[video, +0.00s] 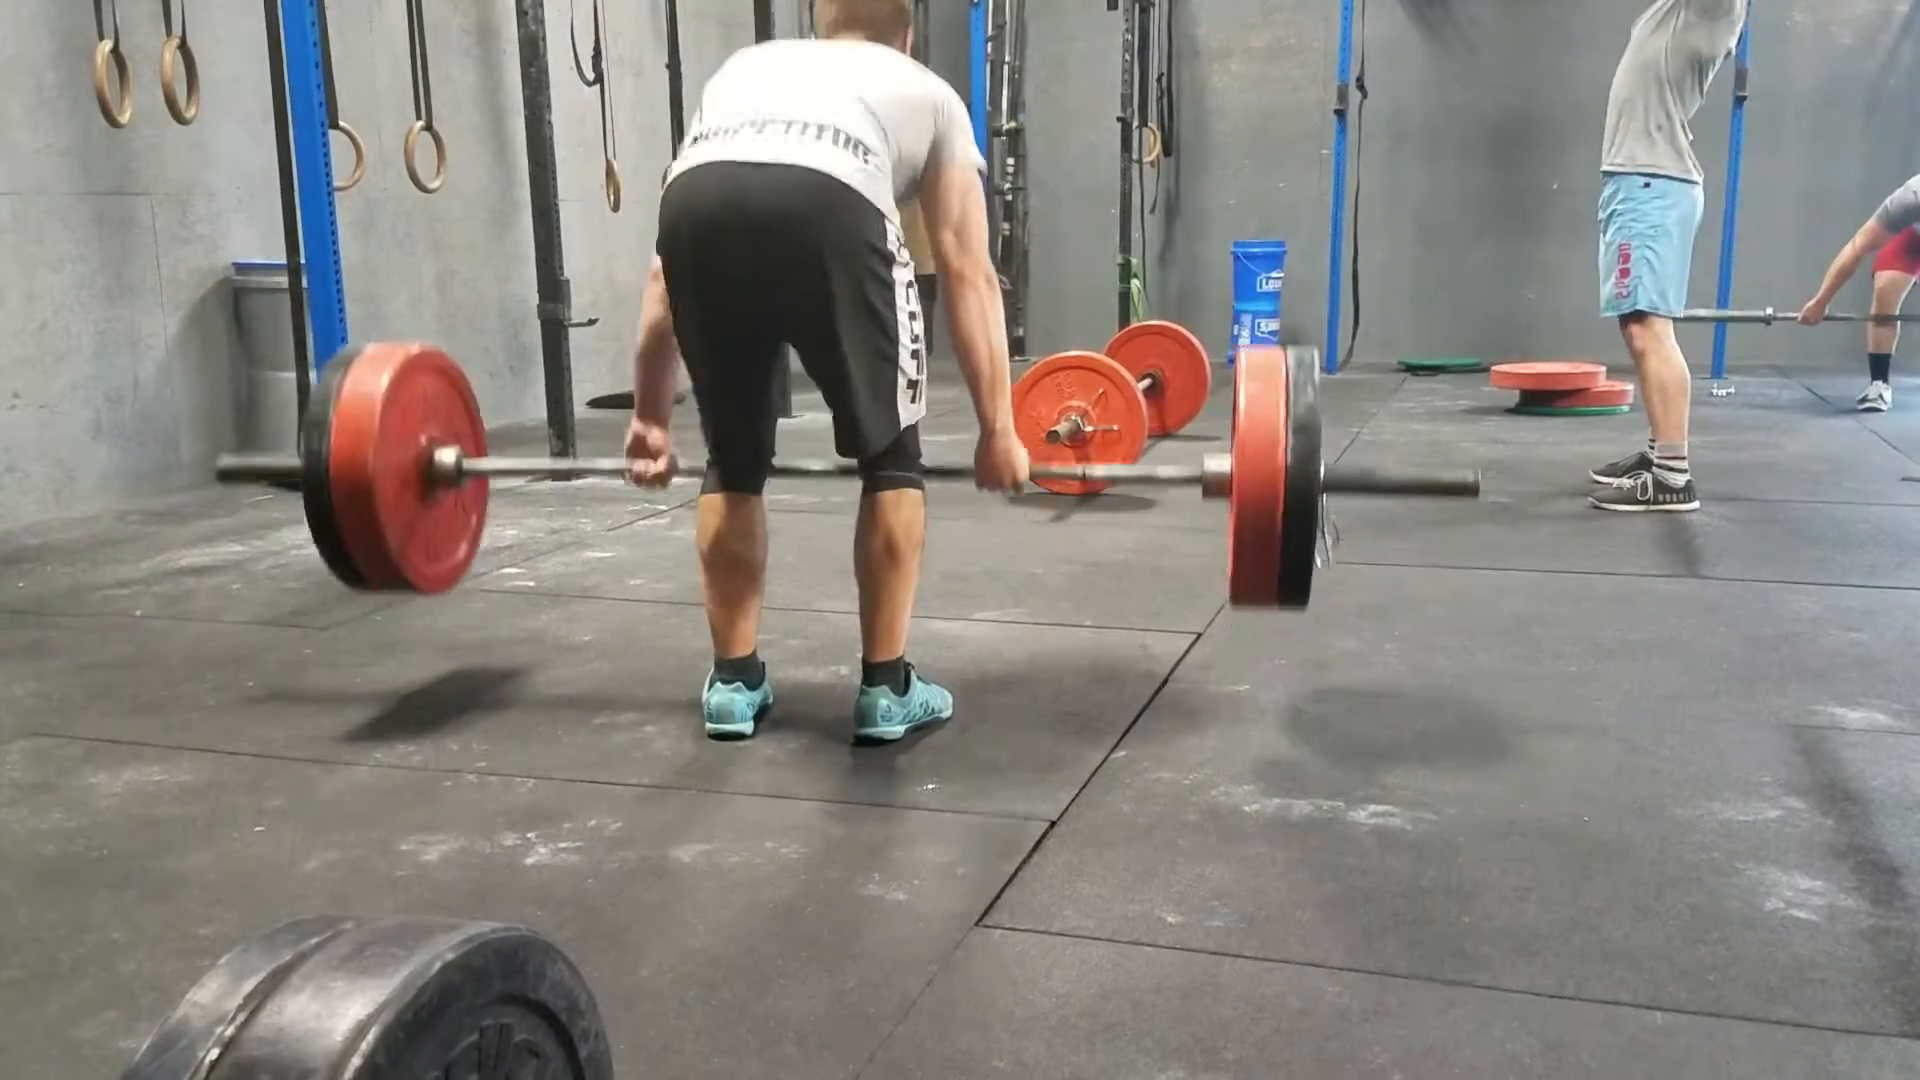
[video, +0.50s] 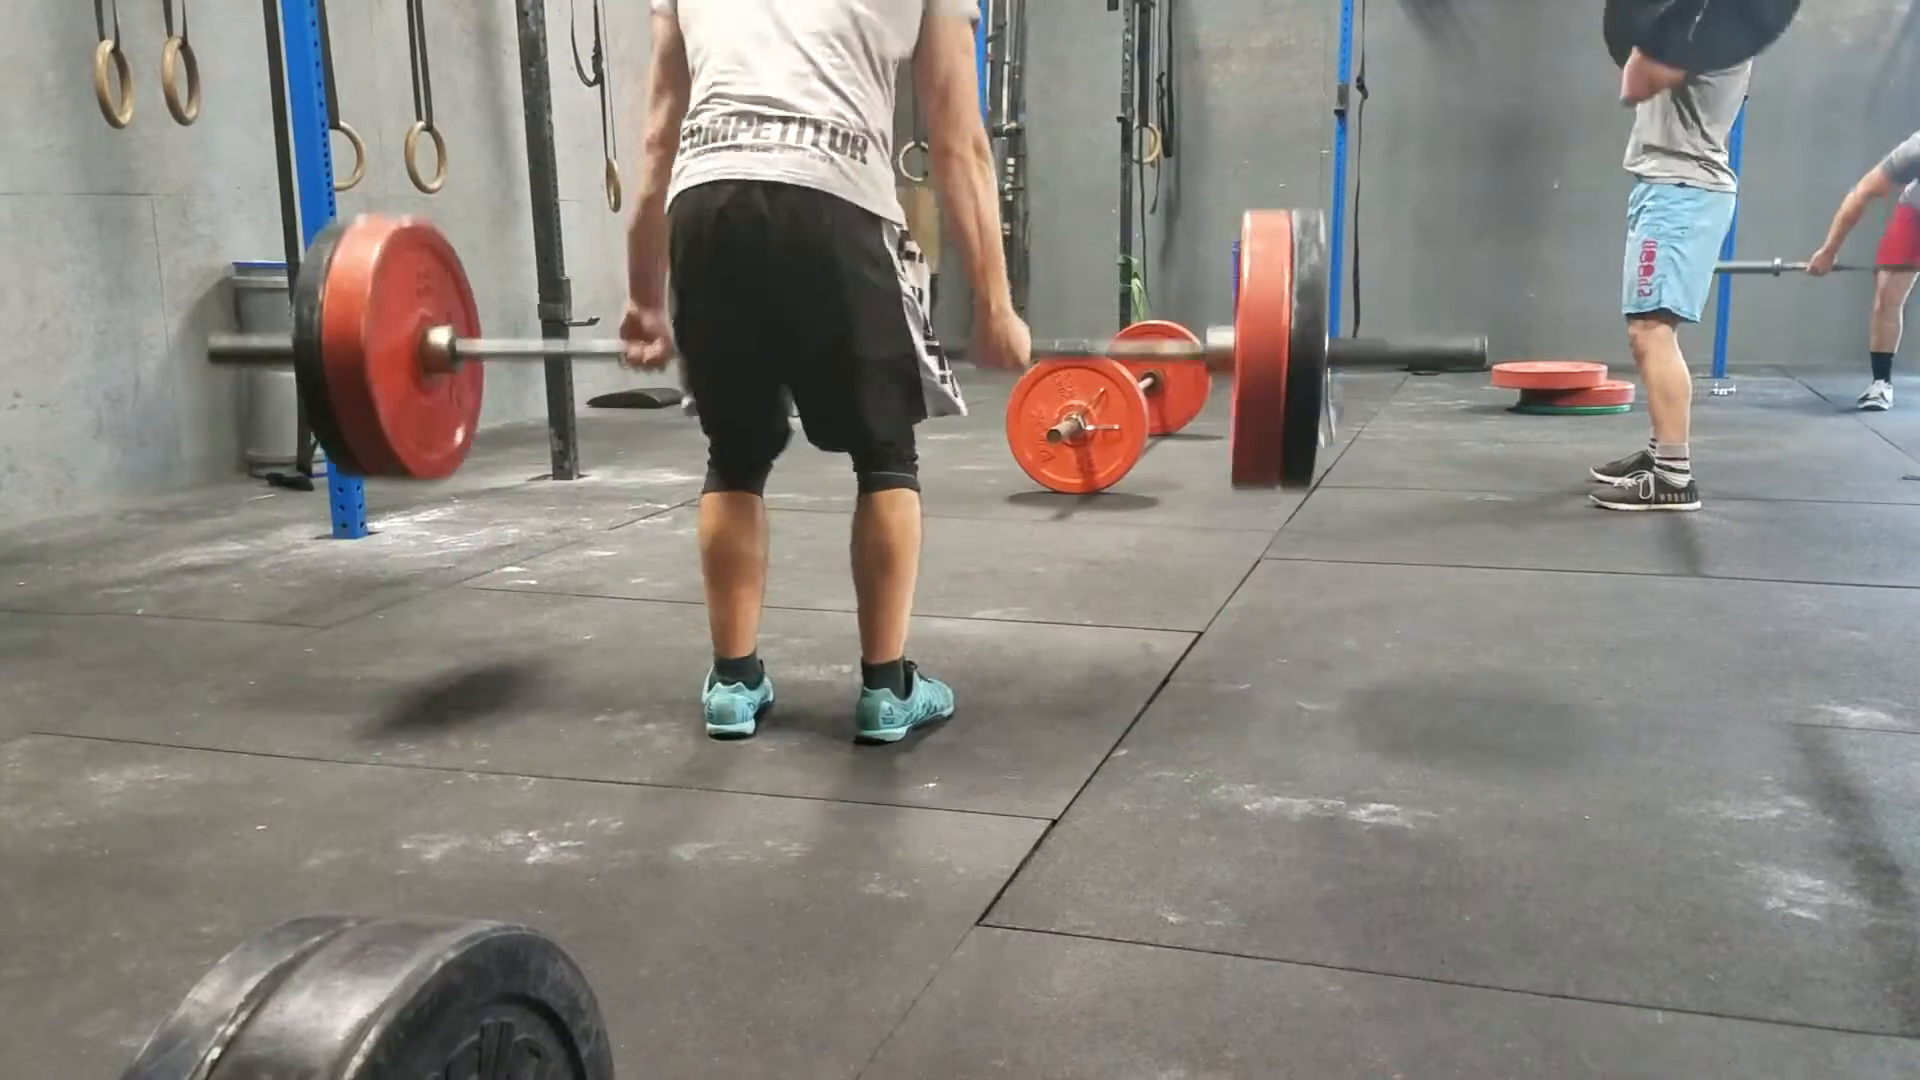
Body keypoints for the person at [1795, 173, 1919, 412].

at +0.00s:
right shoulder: (1912, 195)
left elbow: (1858, 245)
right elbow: (1858, 245)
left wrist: (1820, 301)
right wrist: (1820, 301)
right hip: (1913, 230)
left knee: (1888, 290)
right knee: (1885, 289)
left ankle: (1879, 383)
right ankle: (1879, 384)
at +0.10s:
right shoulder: (1912, 203)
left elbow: (1857, 254)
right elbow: (1858, 253)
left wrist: (1820, 310)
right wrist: (1821, 309)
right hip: (1913, 238)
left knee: (1889, 287)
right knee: (1886, 286)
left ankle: (1880, 383)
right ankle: (1879, 384)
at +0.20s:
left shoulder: (1911, 203)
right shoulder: (1913, 204)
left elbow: (1858, 255)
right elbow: (1859, 255)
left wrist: (1821, 311)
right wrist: (1822, 310)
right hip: (1913, 237)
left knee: (1889, 288)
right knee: (1886, 286)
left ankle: (1880, 384)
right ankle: (1879, 385)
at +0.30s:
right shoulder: (1913, 192)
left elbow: (1860, 242)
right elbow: (1860, 242)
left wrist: (1823, 298)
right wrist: (1823, 298)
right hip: (1914, 229)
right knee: (1886, 286)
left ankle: (1880, 383)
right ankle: (1879, 384)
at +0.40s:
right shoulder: (1914, 172)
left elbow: (1863, 218)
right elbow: (1863, 218)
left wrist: (1826, 276)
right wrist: (1827, 276)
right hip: (1914, 215)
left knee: (1892, 288)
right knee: (1890, 287)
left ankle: (1881, 382)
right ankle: (1881, 383)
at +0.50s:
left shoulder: (1913, 149)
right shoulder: (1915, 148)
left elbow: (1861, 193)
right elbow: (1862, 192)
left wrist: (1828, 251)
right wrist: (1828, 250)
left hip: (1913, 209)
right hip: (1914, 208)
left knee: (1891, 294)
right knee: (1888, 293)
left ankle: (1881, 383)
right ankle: (1881, 383)